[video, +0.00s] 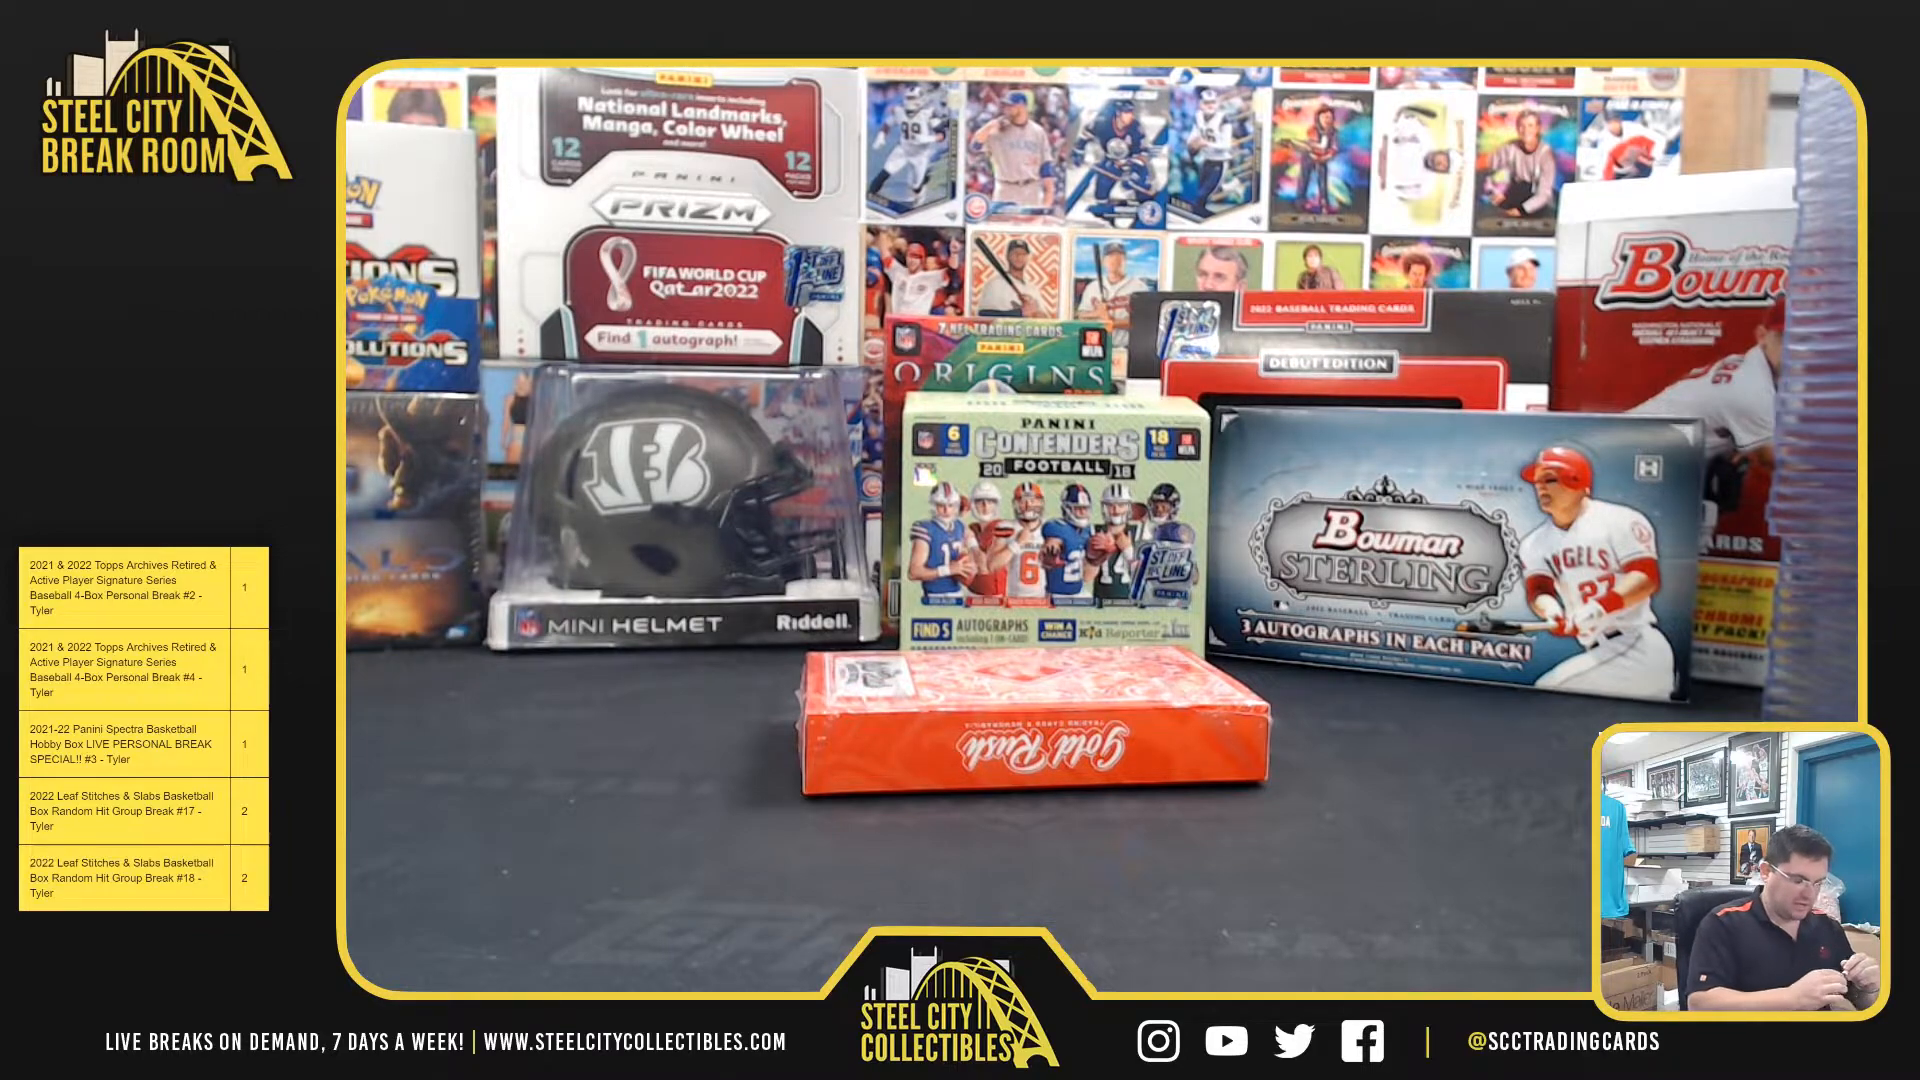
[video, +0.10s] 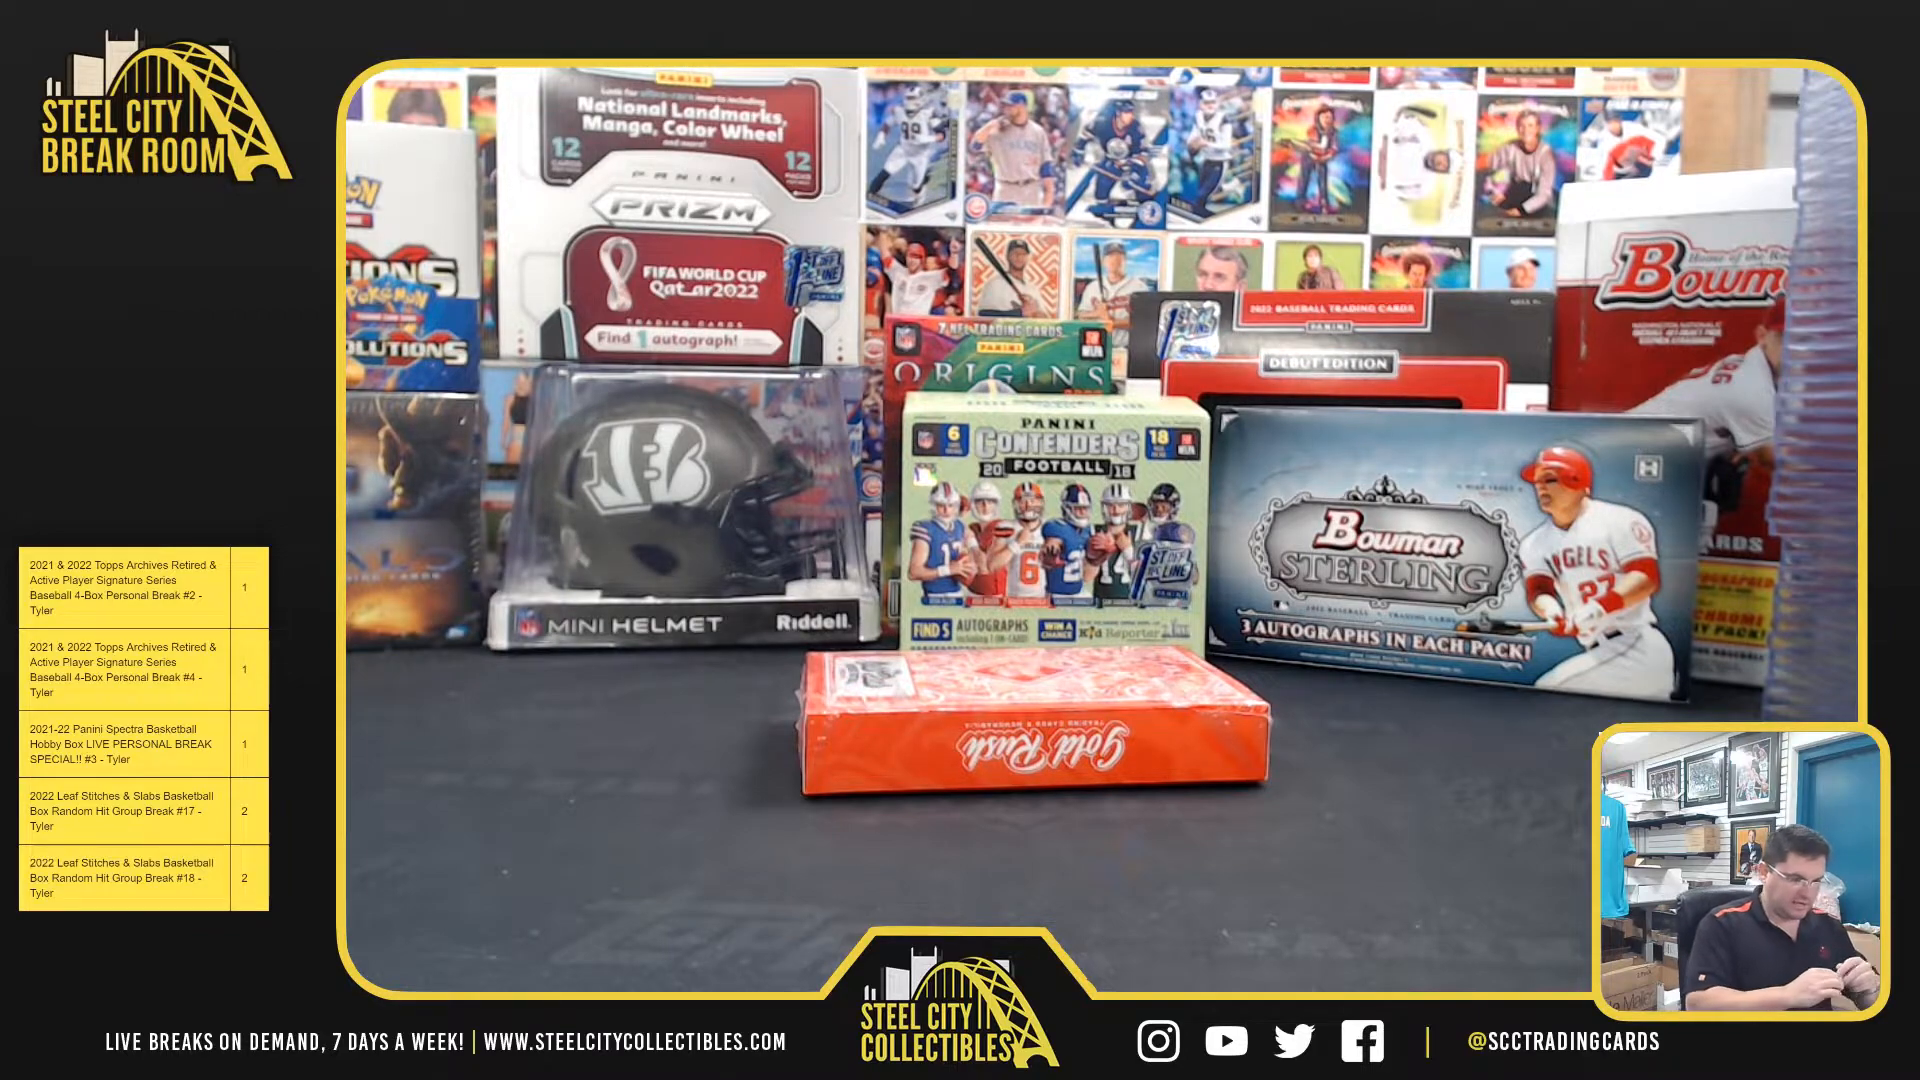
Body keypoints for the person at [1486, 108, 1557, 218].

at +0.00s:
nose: (1526, 130)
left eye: (1530, 126)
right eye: (1522, 126)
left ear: (1538, 128)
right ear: (1518, 129)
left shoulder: (1545, 154)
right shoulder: (1506, 151)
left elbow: (1545, 192)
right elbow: (1490, 179)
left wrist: (1523, 209)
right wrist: (1495, 193)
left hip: (1535, 188)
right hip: (1511, 187)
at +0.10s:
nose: (1526, 130)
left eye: (1530, 126)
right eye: (1522, 126)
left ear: (1538, 128)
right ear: (1518, 129)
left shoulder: (1545, 154)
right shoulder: (1506, 151)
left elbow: (1545, 192)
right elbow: (1490, 179)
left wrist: (1523, 209)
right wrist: (1495, 193)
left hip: (1535, 188)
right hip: (1511, 187)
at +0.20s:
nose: (1526, 130)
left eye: (1530, 126)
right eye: (1522, 126)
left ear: (1539, 128)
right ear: (1518, 130)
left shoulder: (1545, 154)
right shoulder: (1506, 151)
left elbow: (1545, 191)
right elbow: (1490, 178)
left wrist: (1523, 209)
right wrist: (1495, 193)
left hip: (1535, 188)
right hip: (1511, 187)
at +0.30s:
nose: (1526, 130)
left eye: (1530, 126)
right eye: (1522, 126)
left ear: (1539, 128)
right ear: (1518, 130)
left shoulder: (1545, 154)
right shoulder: (1506, 151)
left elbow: (1545, 191)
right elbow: (1490, 178)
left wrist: (1523, 209)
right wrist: (1495, 193)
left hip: (1535, 187)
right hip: (1511, 187)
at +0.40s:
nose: (1526, 130)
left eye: (1530, 126)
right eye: (1522, 126)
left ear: (1539, 128)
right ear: (1518, 130)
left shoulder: (1545, 154)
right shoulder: (1506, 151)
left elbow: (1545, 191)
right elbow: (1490, 178)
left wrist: (1523, 209)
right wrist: (1495, 193)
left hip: (1535, 188)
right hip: (1511, 187)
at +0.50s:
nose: (1526, 130)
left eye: (1530, 126)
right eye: (1522, 126)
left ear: (1539, 128)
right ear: (1518, 130)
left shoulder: (1545, 154)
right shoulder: (1506, 151)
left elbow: (1545, 191)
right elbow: (1490, 178)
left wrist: (1523, 209)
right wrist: (1495, 193)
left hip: (1535, 188)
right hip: (1511, 187)